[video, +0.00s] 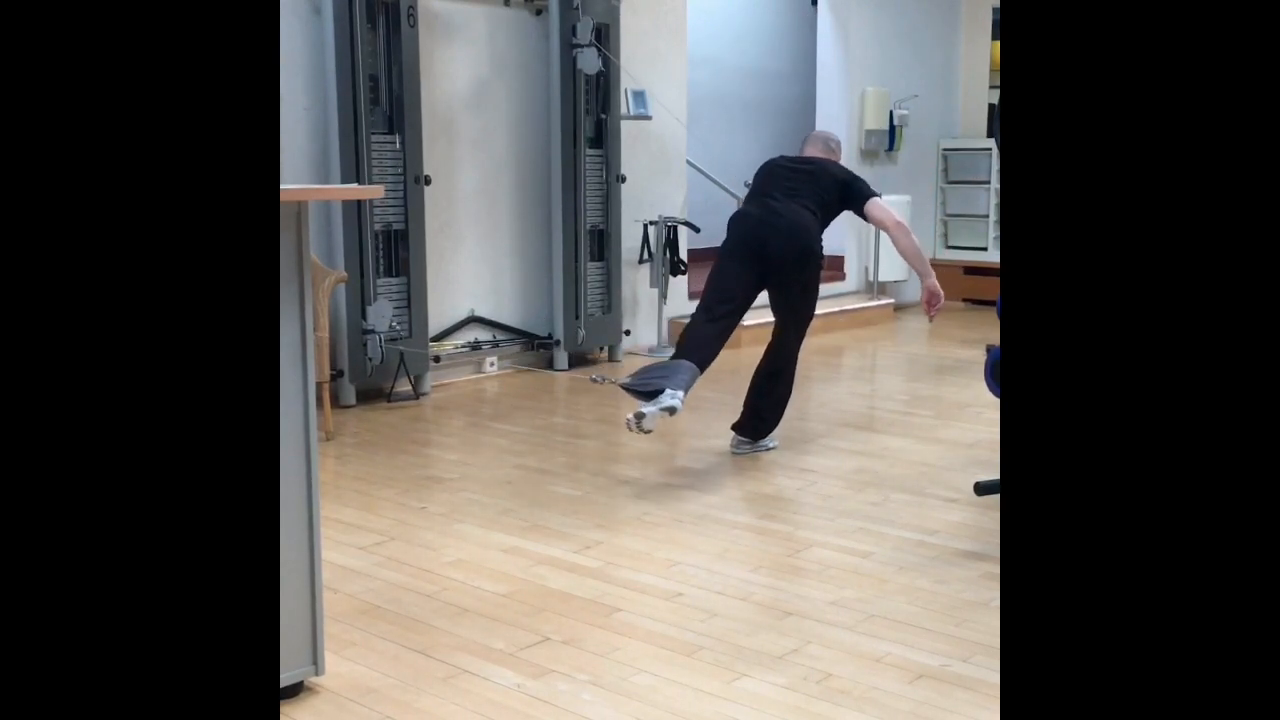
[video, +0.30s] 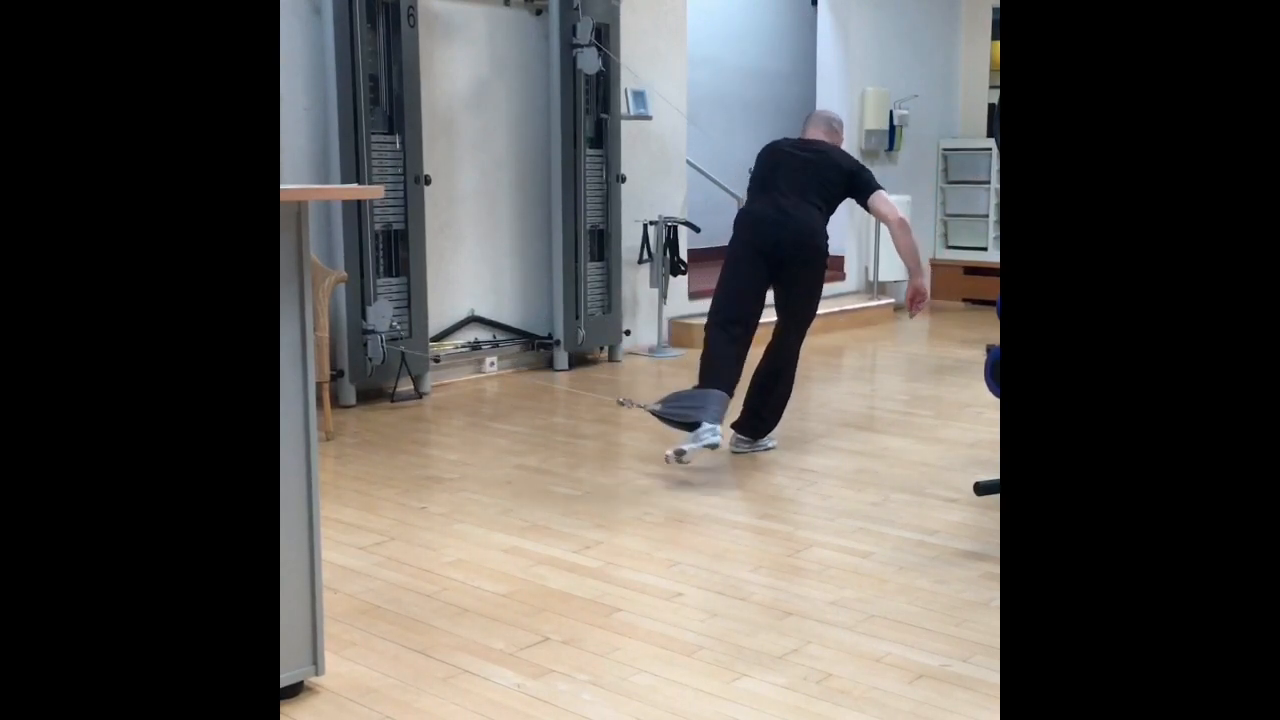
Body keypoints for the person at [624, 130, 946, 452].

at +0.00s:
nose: (838, 164)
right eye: (839, 160)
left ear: (803, 151)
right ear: (836, 158)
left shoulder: (773, 166)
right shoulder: (842, 177)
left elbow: (749, 204)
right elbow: (893, 223)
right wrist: (928, 277)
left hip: (746, 234)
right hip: (798, 246)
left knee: (714, 313)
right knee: (787, 338)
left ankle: (674, 387)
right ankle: (750, 432)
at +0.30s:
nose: (842, 148)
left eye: (841, 145)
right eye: (842, 144)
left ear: (804, 132)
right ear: (838, 140)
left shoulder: (772, 149)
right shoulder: (844, 163)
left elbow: (751, 200)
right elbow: (896, 219)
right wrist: (918, 276)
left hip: (752, 236)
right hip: (804, 246)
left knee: (727, 324)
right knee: (788, 336)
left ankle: (708, 420)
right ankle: (750, 432)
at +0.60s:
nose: (841, 129)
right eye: (842, 125)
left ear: (800, 112)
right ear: (837, 123)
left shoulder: (769, 133)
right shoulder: (845, 153)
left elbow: (752, 191)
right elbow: (891, 219)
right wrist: (894, 278)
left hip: (755, 237)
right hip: (808, 247)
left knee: (725, 333)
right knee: (788, 339)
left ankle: (749, 428)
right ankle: (752, 432)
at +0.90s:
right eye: (831, 106)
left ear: (788, 93)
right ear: (828, 105)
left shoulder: (758, 118)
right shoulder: (840, 144)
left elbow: (746, 163)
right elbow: (867, 223)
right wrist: (838, 260)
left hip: (754, 245)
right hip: (806, 254)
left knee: (721, 340)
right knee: (783, 345)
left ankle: (759, 443)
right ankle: (751, 436)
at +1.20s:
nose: (760, 88)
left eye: (762, 82)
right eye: (765, 84)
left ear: (767, 81)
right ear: (803, 88)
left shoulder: (742, 113)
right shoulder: (825, 133)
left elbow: (713, 154)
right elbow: (844, 218)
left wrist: (748, 145)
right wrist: (813, 239)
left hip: (766, 246)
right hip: (814, 251)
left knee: (711, 347)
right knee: (780, 343)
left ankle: (760, 452)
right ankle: (763, 436)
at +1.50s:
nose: (723, 86)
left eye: (724, 78)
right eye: (724, 78)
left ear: (737, 76)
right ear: (768, 78)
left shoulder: (730, 115)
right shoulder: (798, 121)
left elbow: (669, 148)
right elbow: (803, 200)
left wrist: (671, 123)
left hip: (789, 251)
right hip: (819, 249)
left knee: (722, 347)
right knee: (780, 342)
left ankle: (761, 461)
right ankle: (786, 429)